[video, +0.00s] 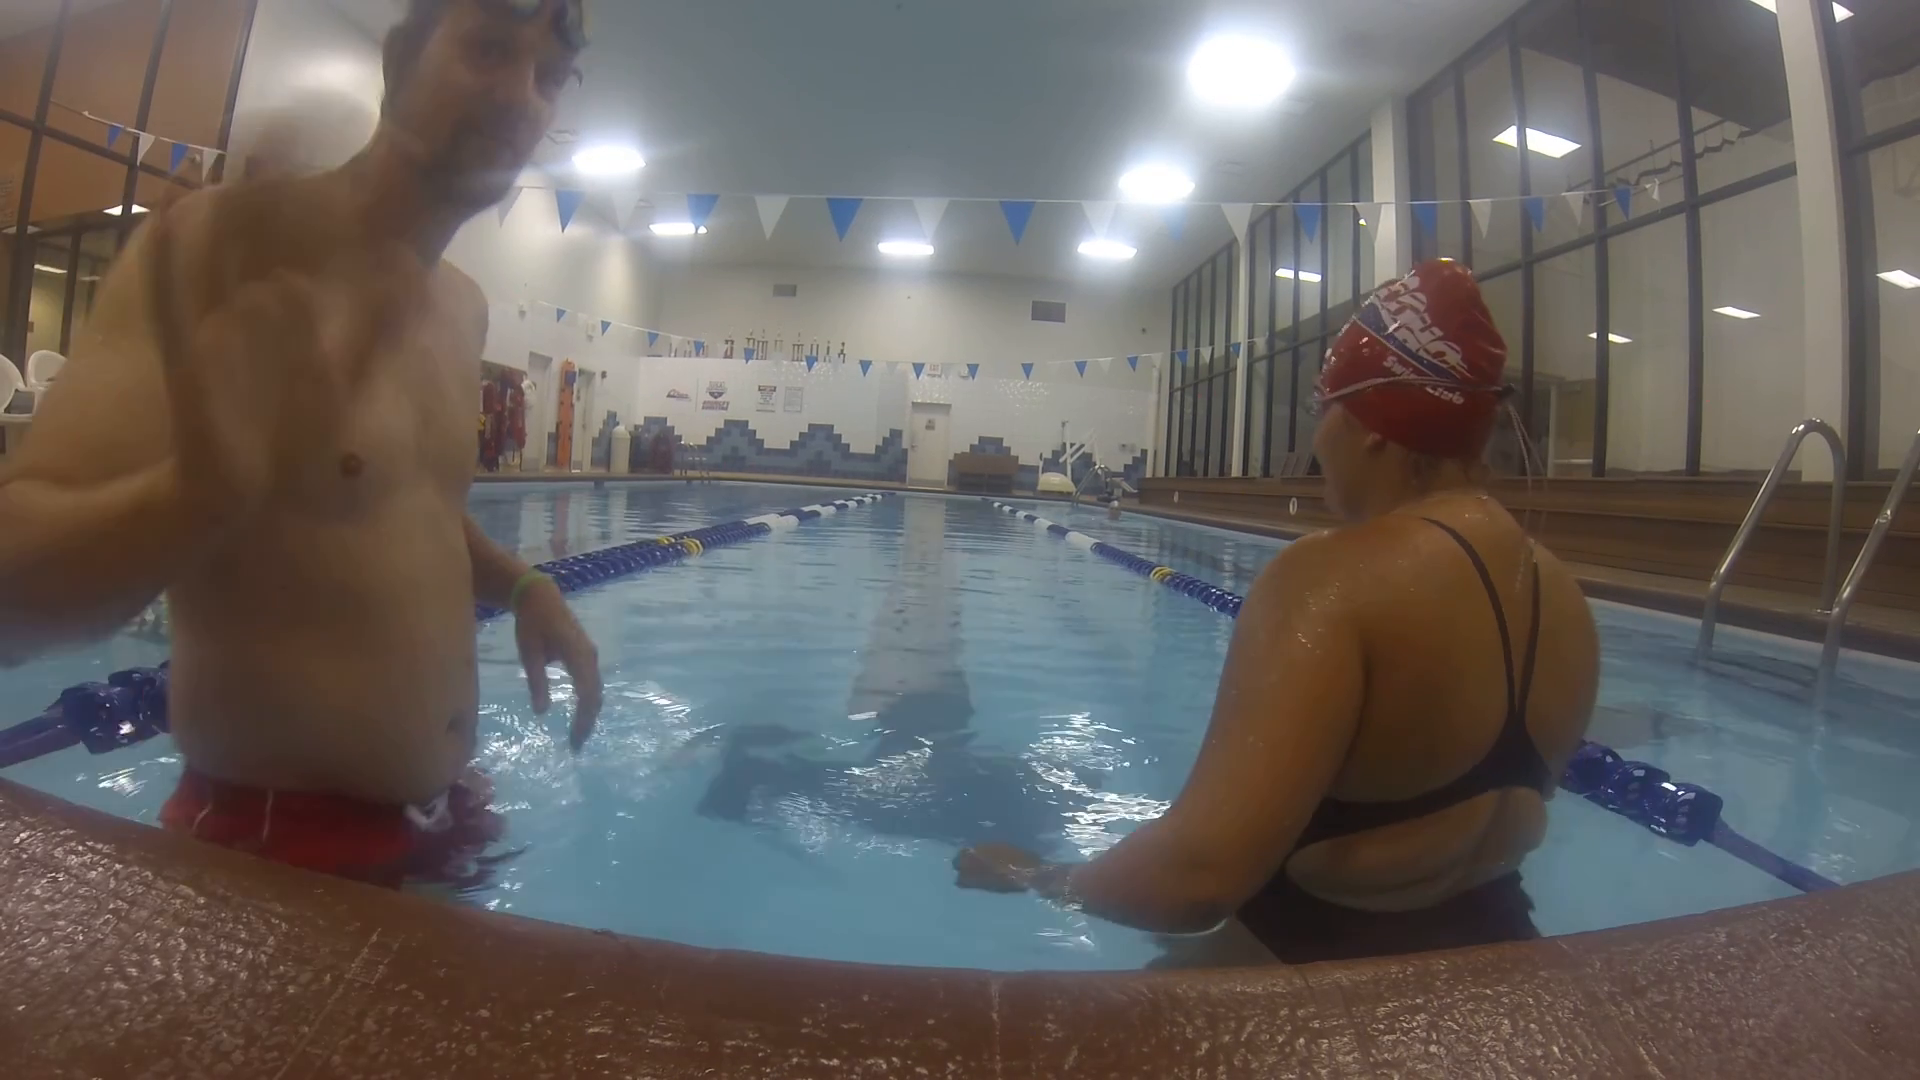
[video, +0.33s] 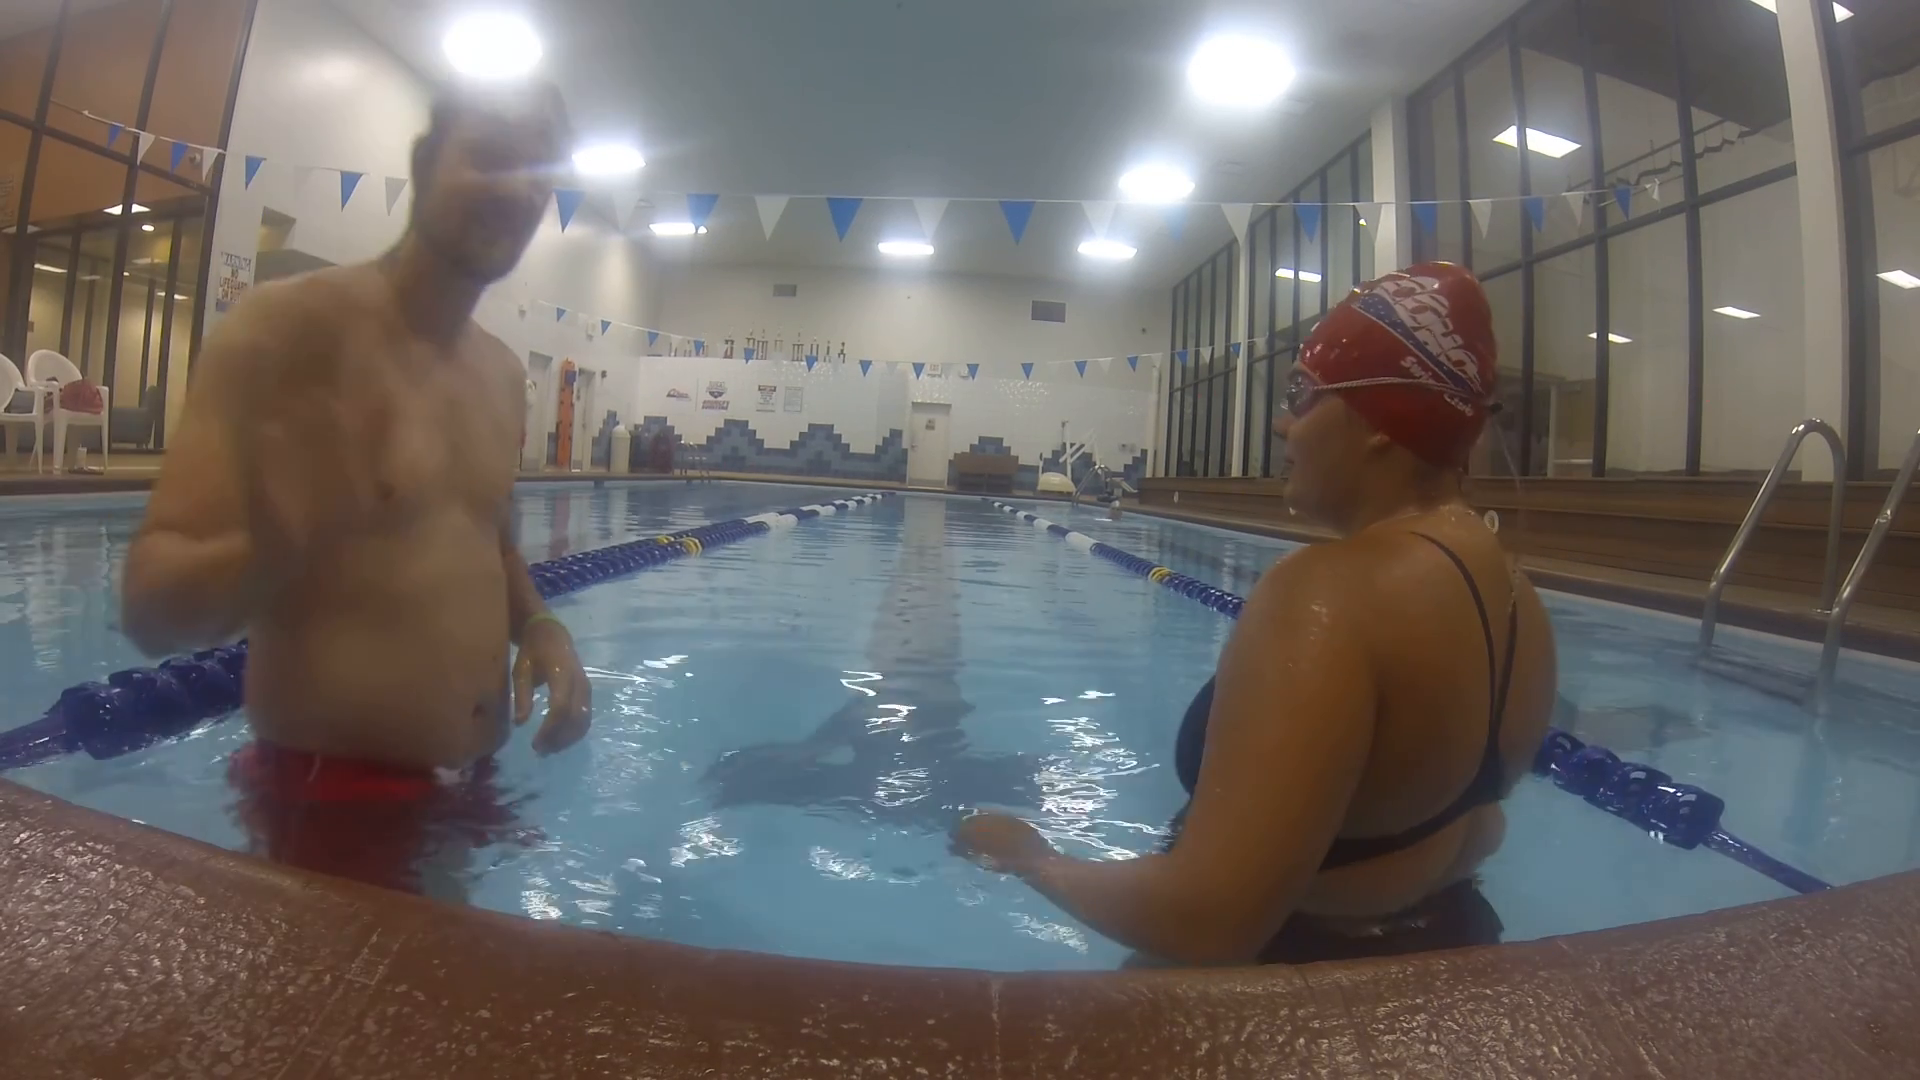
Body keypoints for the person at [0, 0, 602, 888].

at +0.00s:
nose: (523, 97)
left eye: (550, 78)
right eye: (490, 50)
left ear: (556, 114)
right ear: (398, 61)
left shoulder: (459, 305)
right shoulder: (215, 244)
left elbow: (418, 511)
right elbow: (16, 582)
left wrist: (522, 586)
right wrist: (198, 495)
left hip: (441, 826)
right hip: (267, 839)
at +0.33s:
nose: (515, 189)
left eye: (539, 168)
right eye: (487, 156)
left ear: (554, 197)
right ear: (421, 164)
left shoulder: (499, 371)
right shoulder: (284, 328)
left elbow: (490, 539)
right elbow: (152, 608)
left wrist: (539, 627)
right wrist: (292, 533)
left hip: (465, 795)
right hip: (329, 799)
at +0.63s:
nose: (577, 233)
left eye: (599, 218)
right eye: (557, 198)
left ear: (606, 242)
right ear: (493, 190)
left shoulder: (534, 389)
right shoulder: (341, 309)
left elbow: (521, 554)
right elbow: (174, 473)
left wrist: (543, 618)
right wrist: (316, 454)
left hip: (466, 758)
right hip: (331, 751)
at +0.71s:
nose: (600, 271)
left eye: (621, 262)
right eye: (584, 234)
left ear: (627, 277)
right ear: (522, 218)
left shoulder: (545, 407)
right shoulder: (356, 311)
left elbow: (523, 565)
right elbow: (172, 456)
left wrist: (541, 621)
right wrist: (340, 443)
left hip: (463, 744)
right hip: (323, 740)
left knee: (488, 843)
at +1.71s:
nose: (636, 314)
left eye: (654, 303)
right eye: (625, 277)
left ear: (654, 323)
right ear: (559, 258)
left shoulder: (568, 448)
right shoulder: (387, 345)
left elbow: (531, 590)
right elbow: (195, 501)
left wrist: (543, 631)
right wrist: (391, 535)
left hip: (460, 738)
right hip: (318, 735)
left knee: (506, 839)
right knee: (355, 931)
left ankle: (426, 904)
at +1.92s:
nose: (577, 205)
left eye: (585, 185)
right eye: (554, 172)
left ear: (586, 213)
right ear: (469, 180)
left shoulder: (536, 386)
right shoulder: (327, 336)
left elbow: (531, 547)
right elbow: (198, 543)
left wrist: (539, 618)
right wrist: (371, 669)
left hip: (473, 743)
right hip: (340, 750)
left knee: (463, 867)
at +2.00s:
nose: (546, 185)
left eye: (553, 163)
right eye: (520, 155)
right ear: (431, 166)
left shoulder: (513, 364)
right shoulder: (299, 331)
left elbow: (518, 532)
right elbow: (192, 560)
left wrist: (535, 620)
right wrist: (375, 685)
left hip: (474, 753)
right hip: (339, 759)